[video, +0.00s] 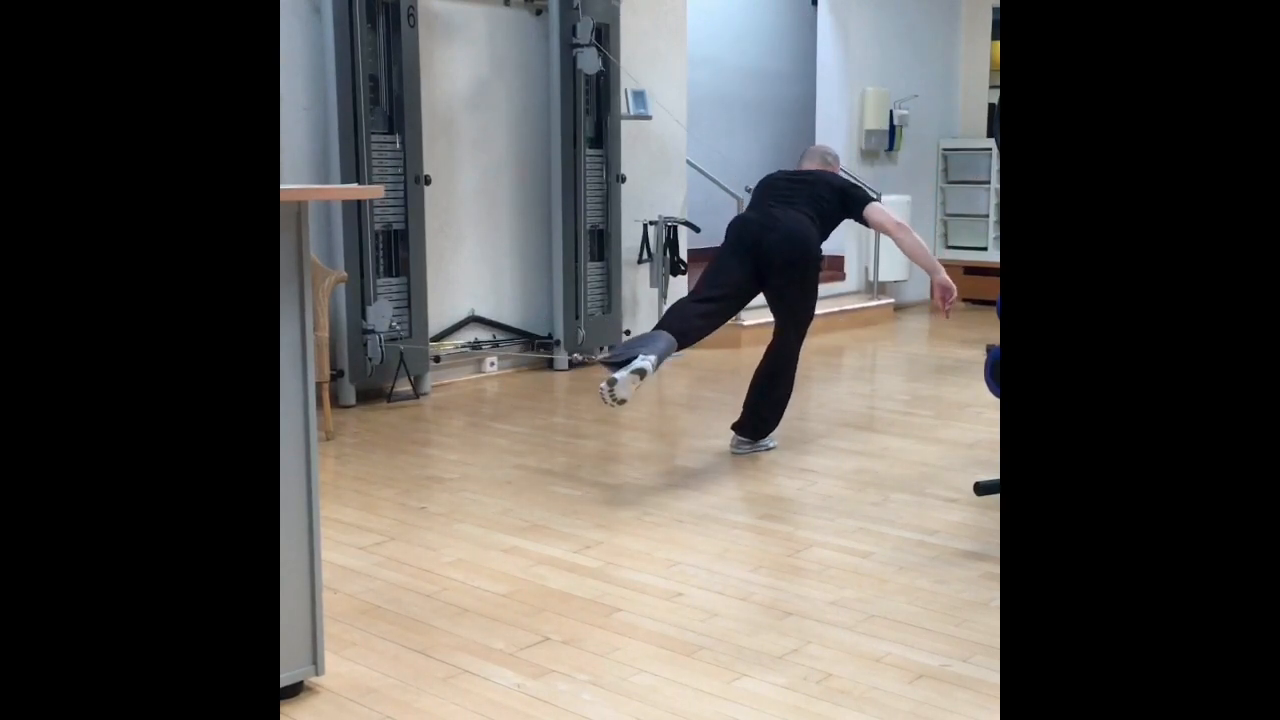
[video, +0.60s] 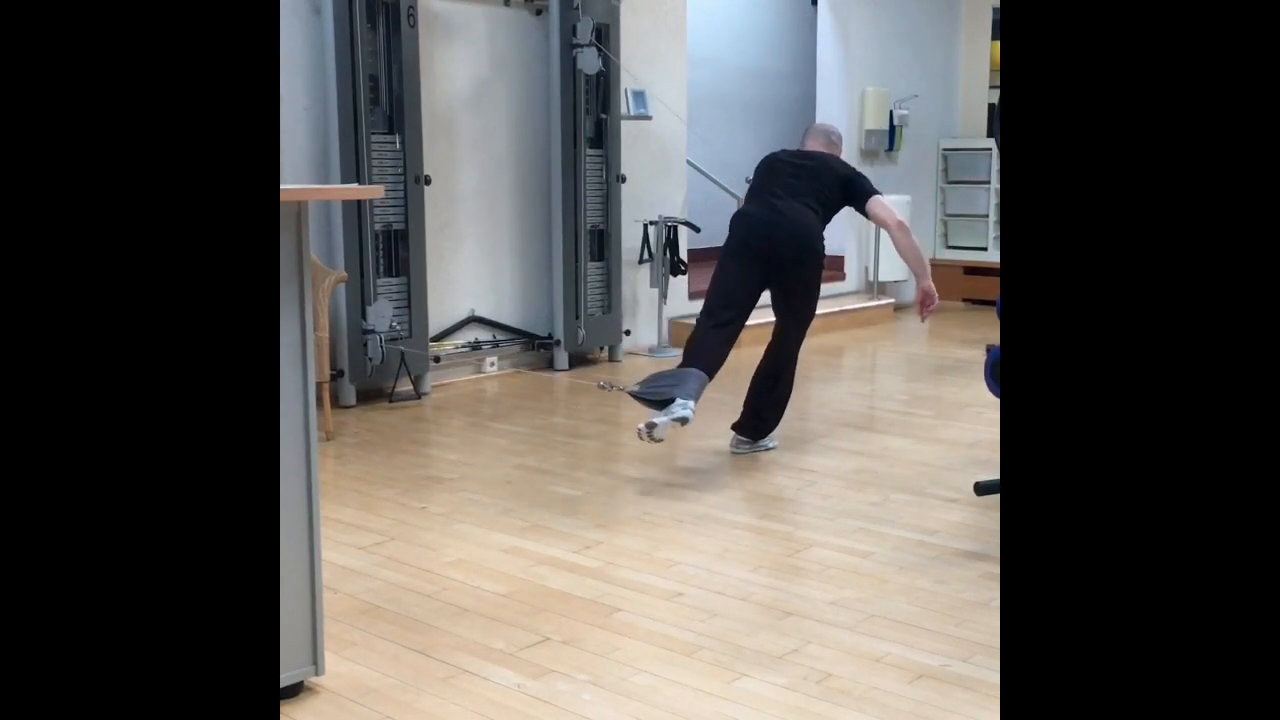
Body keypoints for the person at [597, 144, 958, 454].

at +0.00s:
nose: (840, 177)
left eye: (833, 172)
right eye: (839, 171)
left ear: (801, 165)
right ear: (835, 168)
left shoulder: (774, 179)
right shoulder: (841, 181)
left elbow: (746, 218)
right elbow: (893, 225)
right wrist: (939, 273)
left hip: (746, 233)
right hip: (796, 244)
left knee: (708, 301)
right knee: (788, 338)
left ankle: (647, 357)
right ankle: (751, 432)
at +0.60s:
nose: (838, 160)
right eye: (840, 155)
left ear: (802, 145)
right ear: (838, 152)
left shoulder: (772, 160)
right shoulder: (843, 173)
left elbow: (749, 203)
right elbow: (894, 222)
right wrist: (924, 278)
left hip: (747, 235)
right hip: (800, 246)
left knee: (719, 319)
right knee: (787, 338)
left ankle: (684, 396)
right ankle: (750, 432)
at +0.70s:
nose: (839, 151)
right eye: (839, 147)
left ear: (804, 137)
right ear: (838, 144)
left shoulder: (773, 154)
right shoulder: (843, 166)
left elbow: (752, 201)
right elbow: (895, 221)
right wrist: (921, 277)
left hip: (750, 234)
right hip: (802, 245)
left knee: (723, 321)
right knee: (787, 338)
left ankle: (695, 408)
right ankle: (750, 431)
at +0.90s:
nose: (842, 142)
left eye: (841, 139)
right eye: (843, 138)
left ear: (803, 126)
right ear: (838, 134)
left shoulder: (772, 144)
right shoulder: (846, 160)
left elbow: (755, 195)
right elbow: (896, 219)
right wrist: (913, 278)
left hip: (753, 240)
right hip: (805, 249)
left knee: (729, 329)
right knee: (788, 337)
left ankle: (723, 429)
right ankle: (754, 430)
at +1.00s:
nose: (842, 136)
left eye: (840, 133)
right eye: (843, 132)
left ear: (801, 119)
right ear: (838, 128)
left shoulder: (770, 139)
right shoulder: (845, 156)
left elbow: (754, 193)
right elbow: (894, 218)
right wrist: (906, 276)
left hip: (753, 240)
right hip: (806, 249)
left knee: (728, 331)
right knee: (788, 339)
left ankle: (738, 430)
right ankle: (759, 428)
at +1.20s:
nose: (839, 123)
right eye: (841, 119)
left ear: (797, 107)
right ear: (836, 117)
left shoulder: (766, 128)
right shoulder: (845, 150)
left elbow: (758, 183)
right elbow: (885, 221)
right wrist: (874, 274)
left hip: (755, 238)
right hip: (808, 247)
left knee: (723, 335)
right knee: (787, 341)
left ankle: (754, 430)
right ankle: (752, 435)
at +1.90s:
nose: (734, 87)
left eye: (736, 81)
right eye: (737, 81)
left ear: (745, 79)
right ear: (778, 81)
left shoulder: (730, 114)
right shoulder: (808, 124)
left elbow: (682, 148)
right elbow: (823, 199)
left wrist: (693, 126)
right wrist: (826, 253)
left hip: (781, 249)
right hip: (820, 249)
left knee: (716, 349)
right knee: (777, 343)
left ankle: (765, 460)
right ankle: (780, 432)